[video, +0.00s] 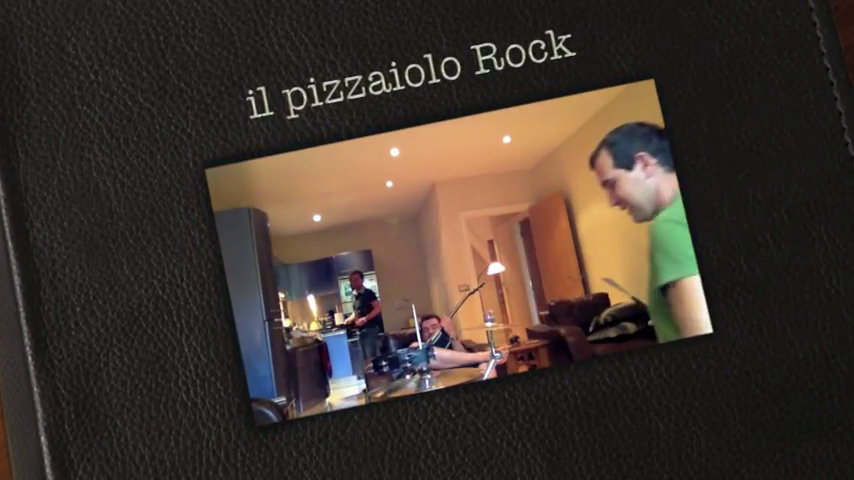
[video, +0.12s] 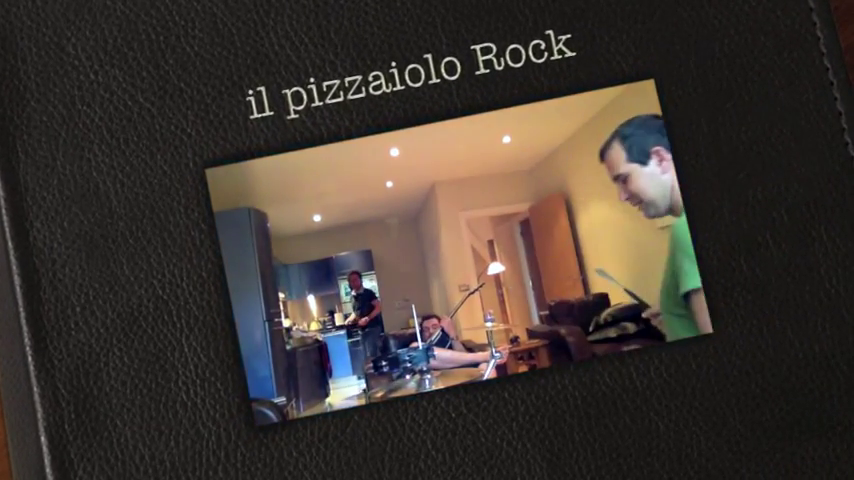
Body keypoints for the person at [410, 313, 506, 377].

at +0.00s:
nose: (430, 332)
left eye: (434, 327)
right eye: (425, 330)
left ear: (441, 328)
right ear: (421, 334)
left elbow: (467, 360)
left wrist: (453, 337)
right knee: (415, 351)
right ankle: (486, 356)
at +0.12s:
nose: (430, 332)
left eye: (435, 328)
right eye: (426, 329)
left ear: (441, 328)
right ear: (421, 332)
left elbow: (466, 359)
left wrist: (453, 337)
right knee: (416, 352)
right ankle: (486, 356)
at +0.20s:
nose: (430, 332)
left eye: (435, 328)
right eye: (426, 329)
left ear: (441, 328)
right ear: (421, 332)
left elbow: (466, 359)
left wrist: (453, 337)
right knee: (416, 351)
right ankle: (485, 356)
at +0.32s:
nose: (423, 337)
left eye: (428, 332)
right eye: (418, 334)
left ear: (436, 333)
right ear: (413, 339)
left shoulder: (447, 353)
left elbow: (461, 368)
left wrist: (448, 344)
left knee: (483, 379)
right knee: (404, 354)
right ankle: (478, 366)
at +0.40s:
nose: (411, 345)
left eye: (416, 340)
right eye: (406, 342)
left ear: (425, 341)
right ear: (400, 347)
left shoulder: (435, 361)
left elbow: (451, 380)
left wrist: (438, 353)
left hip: (438, 394)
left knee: (475, 394)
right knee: (389, 362)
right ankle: (472, 379)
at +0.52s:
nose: (385, 360)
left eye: (392, 354)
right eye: (378, 356)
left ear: (402, 357)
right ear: (371, 363)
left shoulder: (414, 384)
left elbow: (431, 409)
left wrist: (418, 375)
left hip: (416, 425)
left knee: (460, 426)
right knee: (356, 380)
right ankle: (455, 409)